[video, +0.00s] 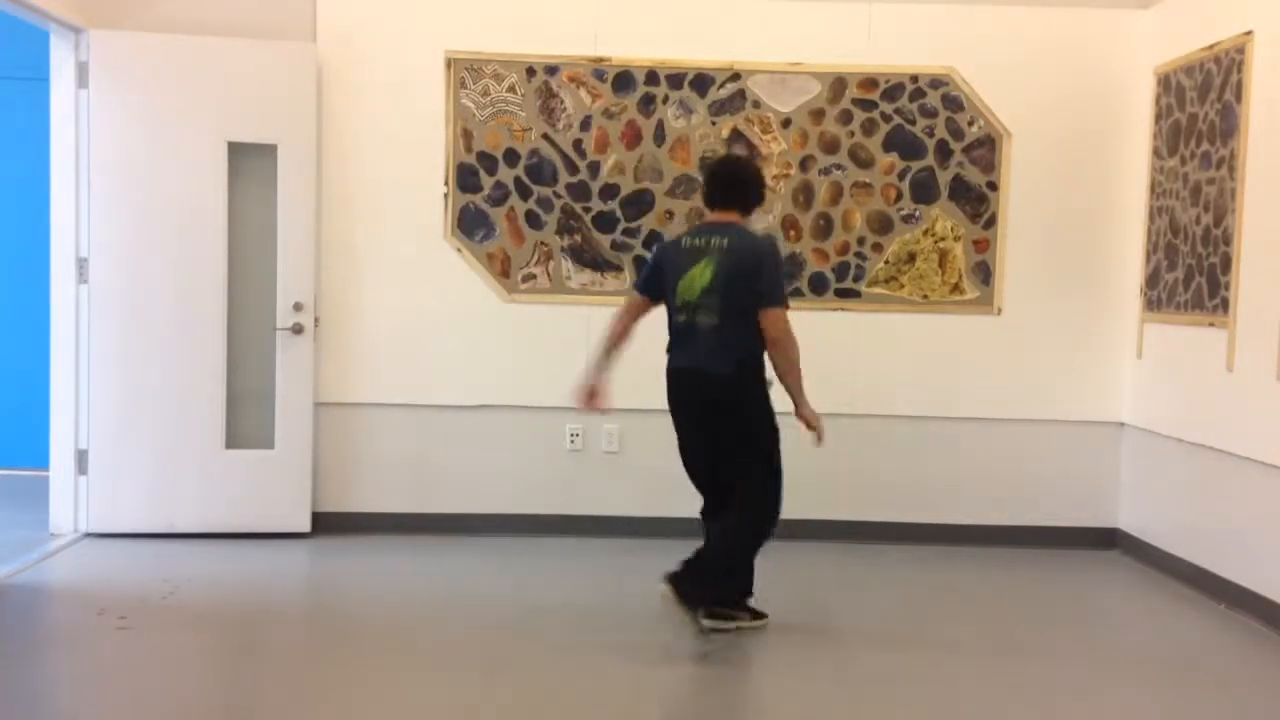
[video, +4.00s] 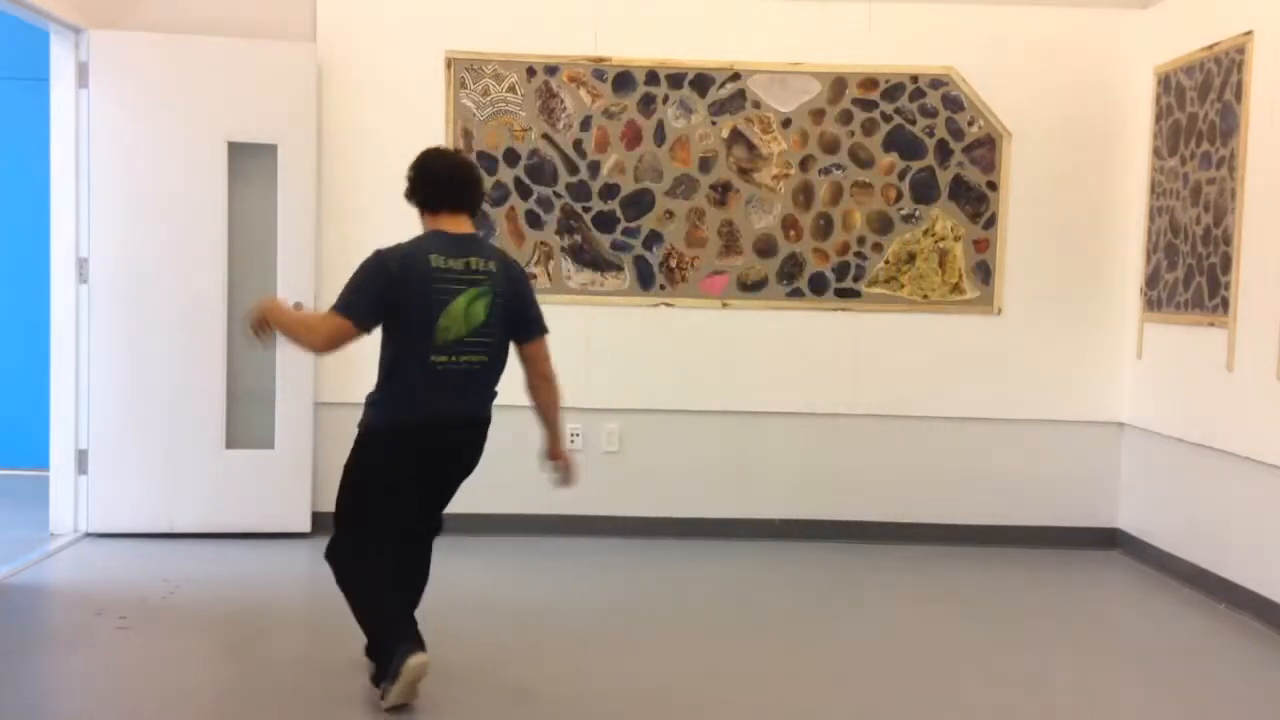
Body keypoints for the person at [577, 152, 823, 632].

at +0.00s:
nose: (759, 201)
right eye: (758, 194)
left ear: (707, 195)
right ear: (755, 199)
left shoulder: (674, 248)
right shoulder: (758, 250)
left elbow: (628, 314)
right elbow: (776, 333)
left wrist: (599, 372)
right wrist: (799, 399)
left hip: (684, 390)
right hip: (738, 389)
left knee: (721, 493)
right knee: (761, 497)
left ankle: (724, 599)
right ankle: (697, 581)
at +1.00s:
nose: (566, 176)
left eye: (565, 167)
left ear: (563, 172)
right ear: (621, 167)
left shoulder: (541, 234)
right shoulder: (656, 229)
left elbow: (517, 322)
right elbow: (669, 322)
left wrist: (508, 374)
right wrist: (631, 355)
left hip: (564, 389)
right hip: (637, 390)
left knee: (548, 519)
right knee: (635, 510)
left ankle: (540, 659)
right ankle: (634, 637)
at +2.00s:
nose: (780, 170)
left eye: (782, 161)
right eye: (782, 161)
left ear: (790, 167)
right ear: (849, 167)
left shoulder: (783, 245)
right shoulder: (882, 231)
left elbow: (749, 349)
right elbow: (884, 311)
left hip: (824, 420)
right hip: (895, 414)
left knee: (792, 567)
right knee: (911, 556)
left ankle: (802, 704)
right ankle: (964, 703)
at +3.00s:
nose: (741, 169)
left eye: (741, 159)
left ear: (743, 162)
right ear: (810, 159)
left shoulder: (716, 233)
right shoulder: (847, 234)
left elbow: (660, 324)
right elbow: (886, 338)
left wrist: (714, 351)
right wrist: (833, 362)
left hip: (709, 417)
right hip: (791, 424)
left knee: (643, 536)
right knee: (798, 584)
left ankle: (573, 664)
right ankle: (793, 711)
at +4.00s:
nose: (416, 203)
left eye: (416, 194)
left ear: (418, 200)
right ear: (476, 199)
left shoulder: (395, 265)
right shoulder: (507, 272)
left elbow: (325, 335)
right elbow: (539, 366)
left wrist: (276, 312)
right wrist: (555, 439)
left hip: (397, 430)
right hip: (465, 435)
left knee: (351, 543)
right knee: (414, 533)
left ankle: (400, 649)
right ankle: (390, 644)